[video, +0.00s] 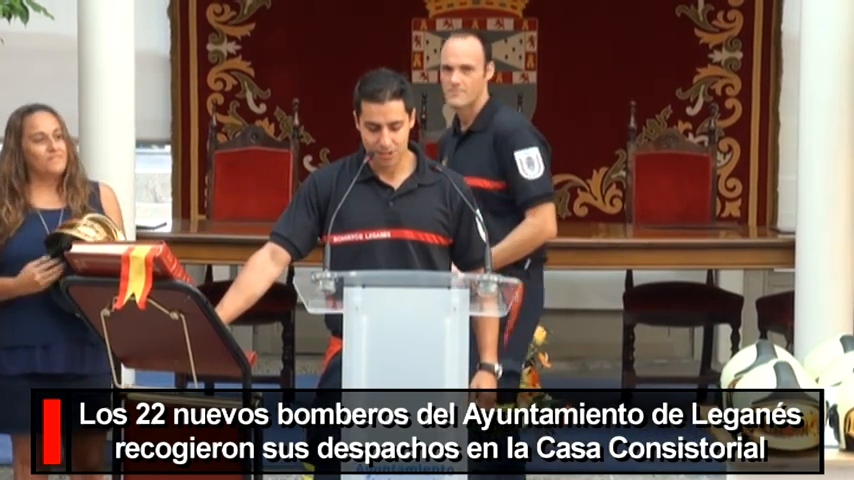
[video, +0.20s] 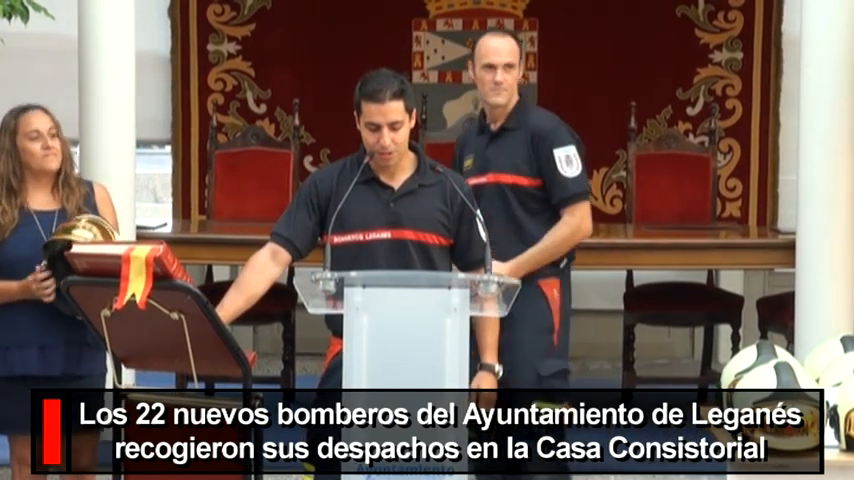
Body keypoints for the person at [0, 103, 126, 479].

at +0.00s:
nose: (54, 145)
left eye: (59, 136)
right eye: (40, 139)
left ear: (69, 142)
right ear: (19, 151)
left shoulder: (100, 197)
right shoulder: (7, 206)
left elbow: (123, 271)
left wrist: (94, 261)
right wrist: (18, 285)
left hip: (89, 360)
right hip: (22, 360)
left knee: (91, 466)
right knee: (31, 467)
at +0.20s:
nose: (49, 143)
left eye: (54, 134)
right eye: (35, 137)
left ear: (63, 142)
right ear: (13, 149)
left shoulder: (94, 196)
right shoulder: (5, 205)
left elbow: (116, 269)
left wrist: (81, 270)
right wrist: (23, 289)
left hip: (83, 358)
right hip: (18, 358)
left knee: (84, 466)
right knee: (27, 467)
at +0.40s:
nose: (46, 140)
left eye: (49, 132)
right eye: (31, 135)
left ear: (59, 140)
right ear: (10, 149)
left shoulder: (90, 193)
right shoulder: (3, 205)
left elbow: (112, 268)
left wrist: (74, 281)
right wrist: (27, 292)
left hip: (82, 360)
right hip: (18, 361)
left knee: (79, 466)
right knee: (27, 466)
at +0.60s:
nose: (48, 142)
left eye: (51, 133)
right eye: (33, 136)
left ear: (60, 139)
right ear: (11, 149)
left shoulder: (91, 191)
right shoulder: (4, 205)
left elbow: (118, 265)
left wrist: (80, 282)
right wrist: (26, 294)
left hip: (84, 360)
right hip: (20, 362)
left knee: (77, 465)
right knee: (29, 466)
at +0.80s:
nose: (52, 148)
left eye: (57, 138)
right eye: (38, 141)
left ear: (66, 141)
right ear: (15, 151)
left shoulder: (94, 192)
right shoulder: (5, 206)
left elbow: (119, 268)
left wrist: (81, 284)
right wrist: (26, 295)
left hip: (85, 360)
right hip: (21, 361)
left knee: (78, 465)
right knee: (30, 466)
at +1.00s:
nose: (54, 156)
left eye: (60, 146)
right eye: (41, 146)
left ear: (69, 148)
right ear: (17, 151)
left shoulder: (94, 194)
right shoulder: (5, 205)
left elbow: (117, 270)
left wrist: (82, 280)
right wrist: (28, 295)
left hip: (86, 363)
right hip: (21, 363)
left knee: (77, 467)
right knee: (30, 468)